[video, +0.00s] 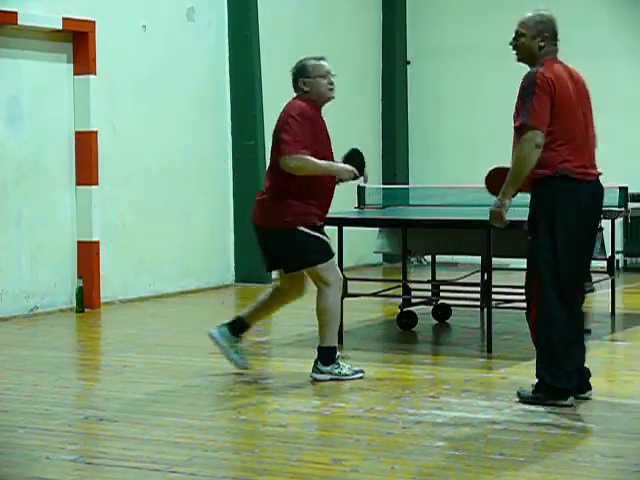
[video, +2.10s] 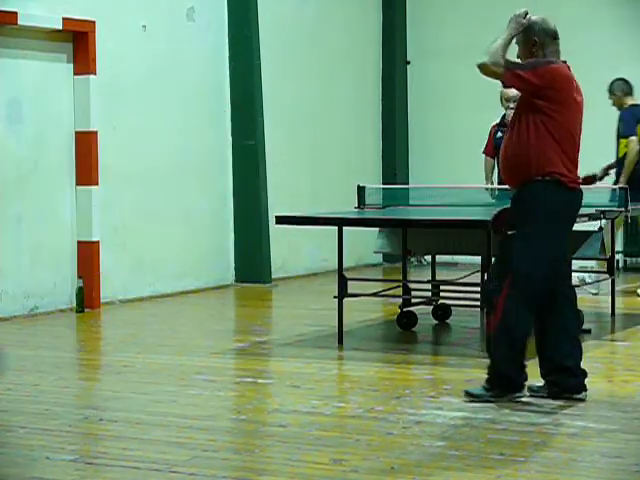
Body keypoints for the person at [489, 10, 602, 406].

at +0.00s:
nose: (513, 43)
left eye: (519, 36)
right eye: (514, 37)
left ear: (543, 41)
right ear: (547, 43)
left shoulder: (540, 77)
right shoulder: (572, 77)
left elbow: (534, 140)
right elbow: (576, 141)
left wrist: (503, 198)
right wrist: (524, 173)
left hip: (559, 192)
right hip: (586, 191)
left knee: (547, 286)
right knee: (567, 285)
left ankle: (555, 384)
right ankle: (573, 377)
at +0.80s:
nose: (485, 38)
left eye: (493, 33)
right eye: (485, 32)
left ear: (518, 38)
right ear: (496, 40)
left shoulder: (527, 76)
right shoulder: (510, 78)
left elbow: (534, 142)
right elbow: (520, 140)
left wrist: (503, 199)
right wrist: (493, 178)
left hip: (543, 192)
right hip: (526, 193)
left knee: (538, 287)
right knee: (525, 287)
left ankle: (527, 388)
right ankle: (564, 369)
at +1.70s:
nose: (502, 43)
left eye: (508, 37)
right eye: (502, 37)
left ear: (532, 41)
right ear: (523, 43)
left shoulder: (550, 76)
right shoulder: (520, 87)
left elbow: (554, 130)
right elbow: (516, 147)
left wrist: (497, 145)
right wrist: (495, 189)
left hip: (548, 194)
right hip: (524, 195)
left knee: (535, 286)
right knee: (535, 287)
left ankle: (526, 388)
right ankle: (565, 378)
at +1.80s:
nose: (507, 45)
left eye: (514, 39)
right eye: (507, 40)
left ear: (539, 42)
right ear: (528, 44)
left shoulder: (554, 77)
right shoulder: (520, 90)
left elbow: (537, 119)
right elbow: (504, 147)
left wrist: (487, 98)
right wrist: (499, 189)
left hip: (550, 194)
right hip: (527, 196)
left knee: (534, 287)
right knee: (546, 287)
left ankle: (524, 387)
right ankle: (566, 378)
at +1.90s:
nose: (512, 50)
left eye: (518, 43)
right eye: (511, 45)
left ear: (541, 42)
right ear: (534, 44)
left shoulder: (558, 78)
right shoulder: (533, 85)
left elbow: (517, 99)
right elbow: (529, 147)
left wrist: (492, 61)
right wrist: (511, 191)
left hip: (552, 194)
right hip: (533, 195)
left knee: (526, 286)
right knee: (546, 287)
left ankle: (521, 385)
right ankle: (565, 379)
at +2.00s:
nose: (516, 57)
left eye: (520, 50)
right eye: (515, 51)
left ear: (539, 46)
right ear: (539, 47)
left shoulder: (556, 75)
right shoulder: (539, 79)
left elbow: (501, 75)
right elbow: (503, 75)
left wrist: (503, 33)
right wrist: (502, 36)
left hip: (549, 194)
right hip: (538, 194)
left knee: (521, 285)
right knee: (549, 288)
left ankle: (514, 382)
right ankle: (565, 381)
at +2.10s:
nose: (520, 58)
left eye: (522, 50)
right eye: (520, 50)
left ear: (535, 47)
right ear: (551, 47)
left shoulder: (549, 74)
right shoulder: (559, 79)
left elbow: (489, 65)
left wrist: (509, 32)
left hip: (543, 194)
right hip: (552, 193)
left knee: (517, 284)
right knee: (553, 286)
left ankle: (504, 380)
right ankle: (565, 380)